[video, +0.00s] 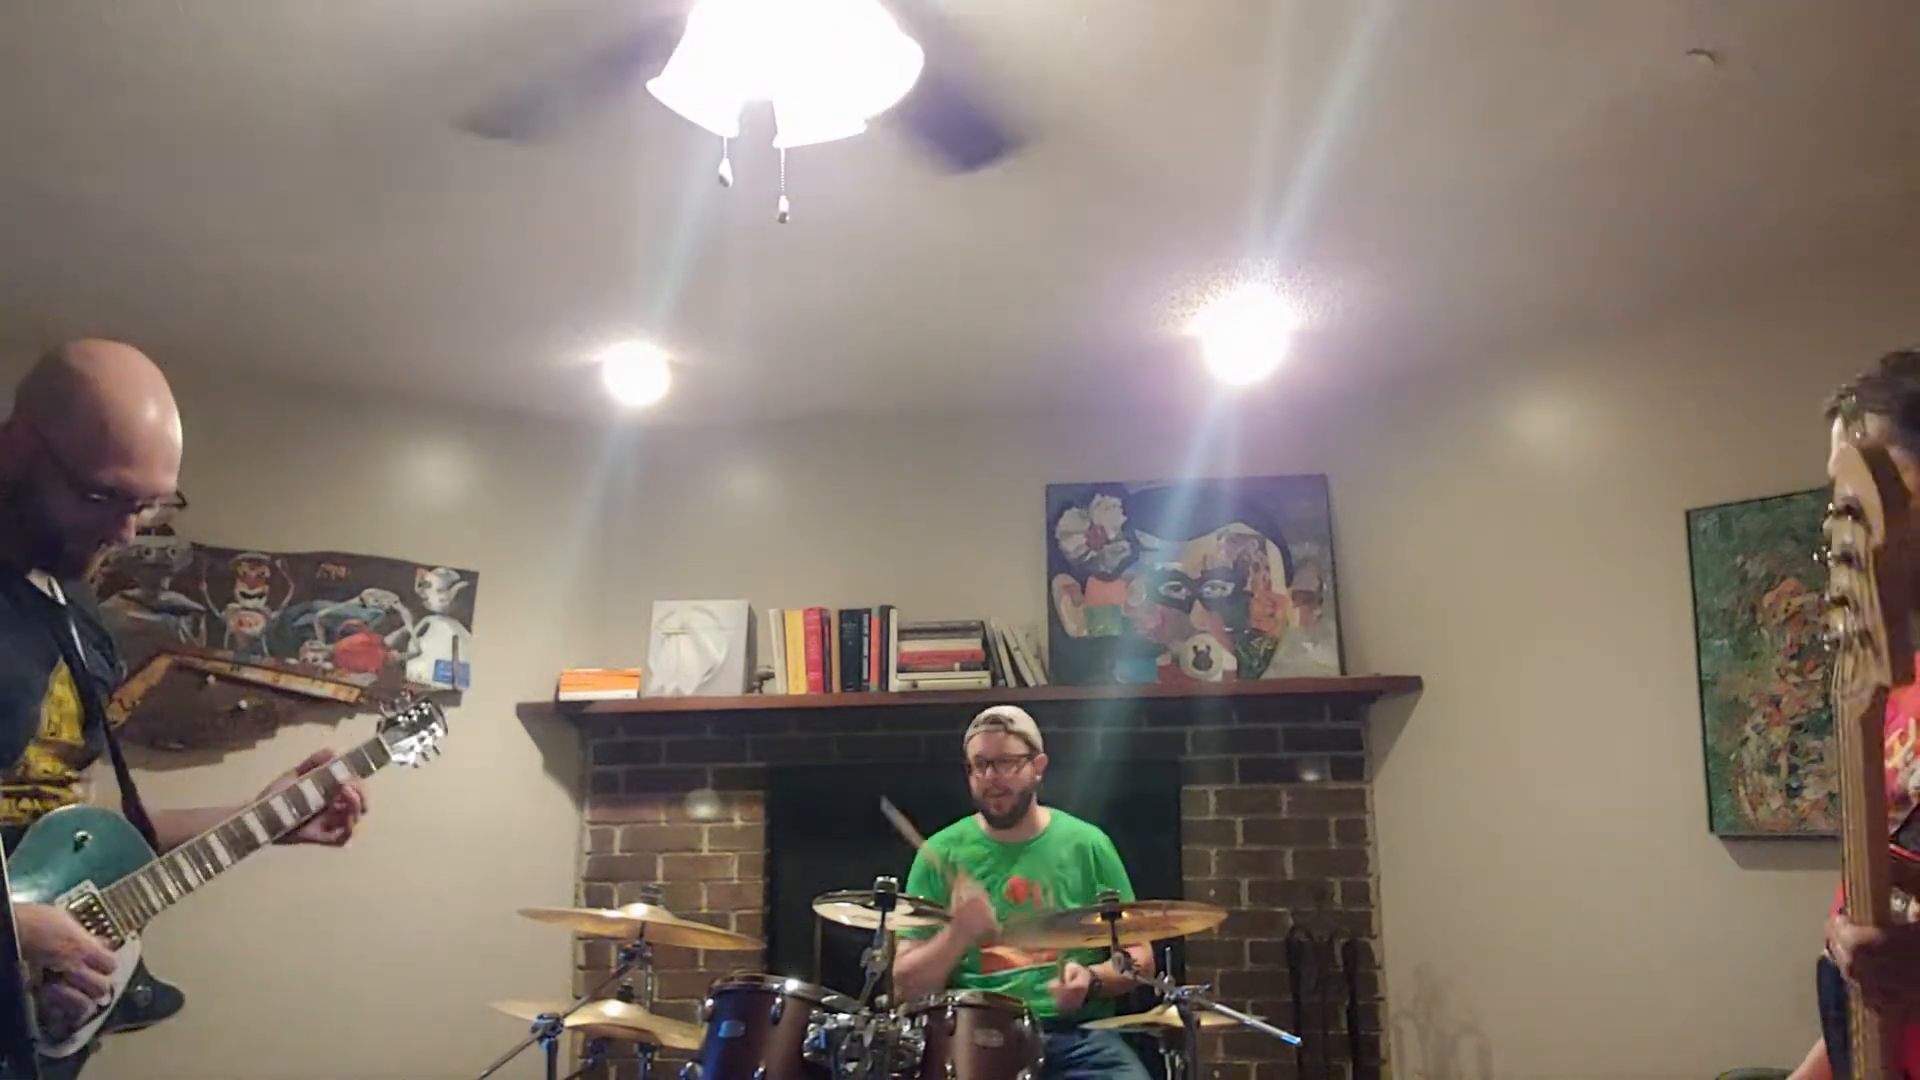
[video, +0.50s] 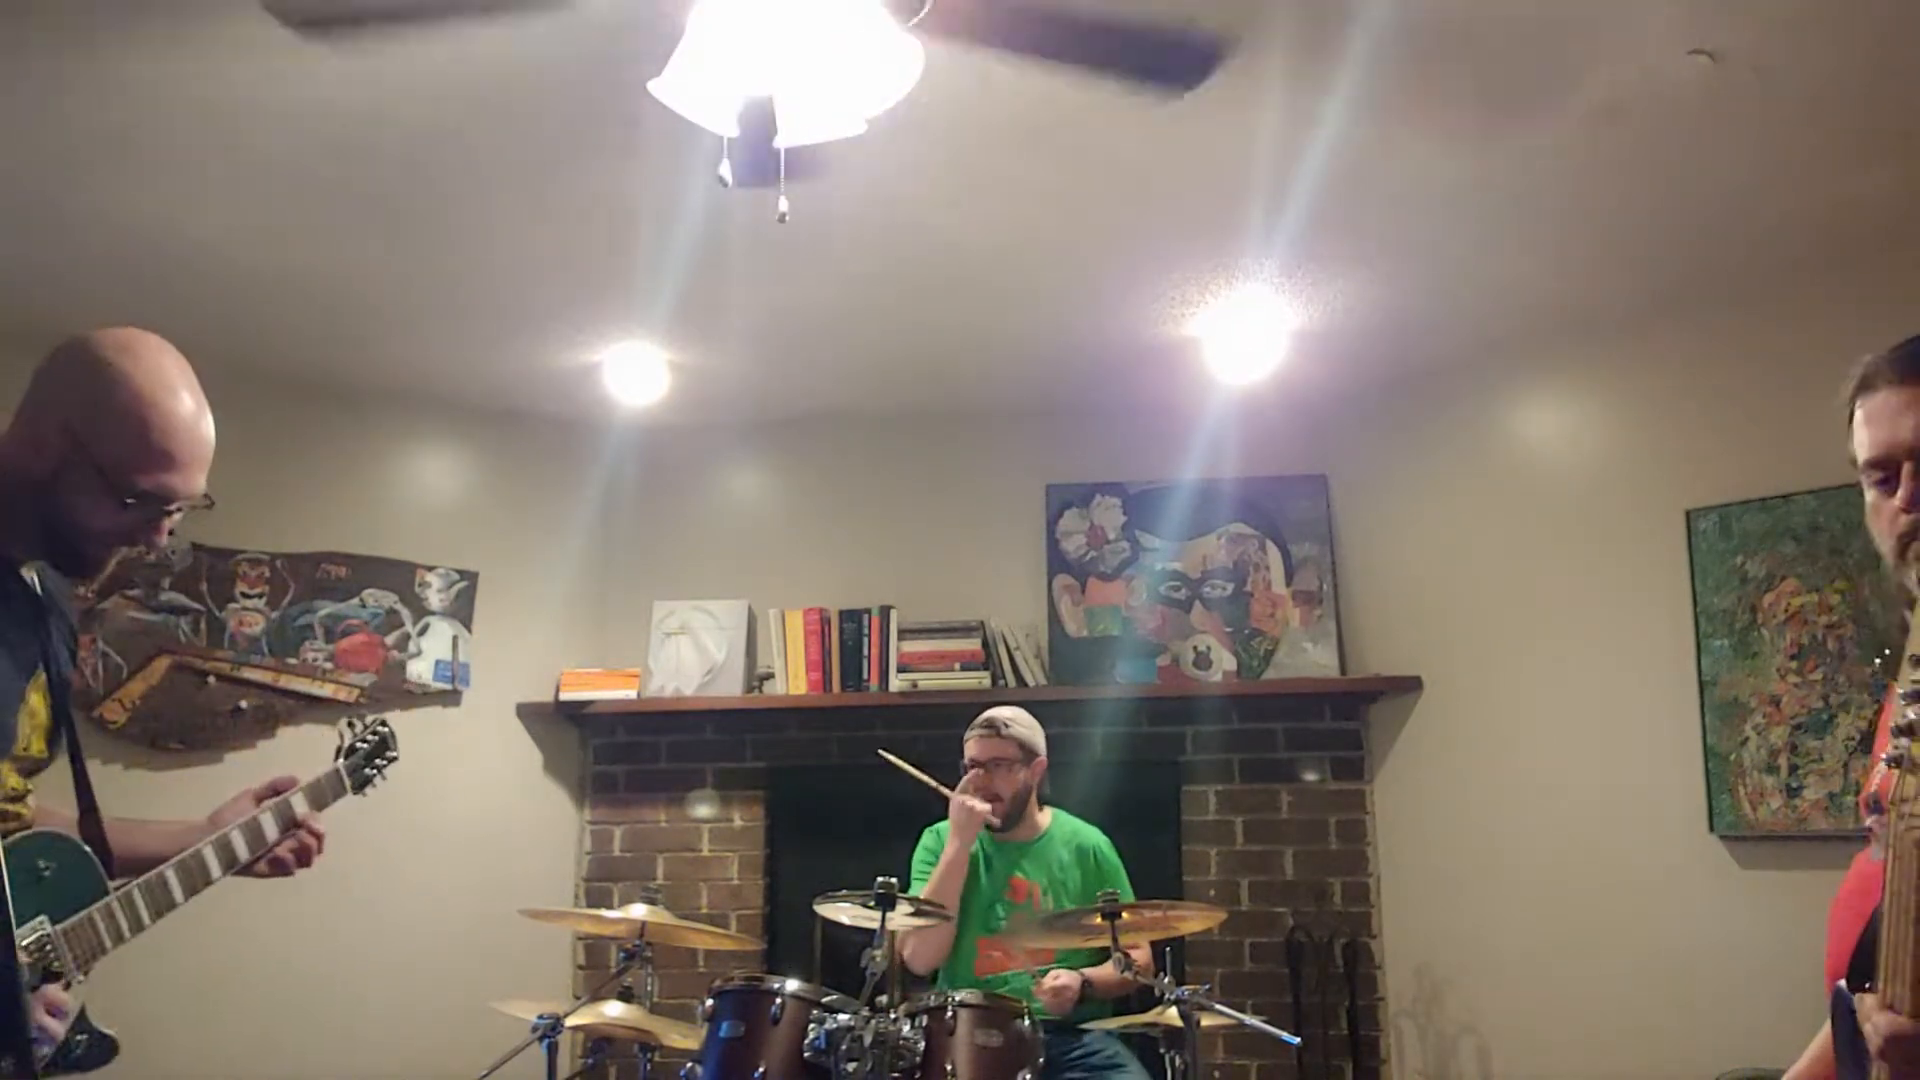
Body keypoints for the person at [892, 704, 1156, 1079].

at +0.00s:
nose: (993, 778)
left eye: (1008, 764)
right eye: (981, 765)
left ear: (1038, 767)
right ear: (967, 771)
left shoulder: (1088, 845)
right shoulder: (939, 854)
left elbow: (1140, 958)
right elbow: (904, 984)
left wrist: (1093, 976)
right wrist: (957, 933)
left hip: (1074, 1029)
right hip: (972, 1031)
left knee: (1130, 1074)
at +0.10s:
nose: (983, 782)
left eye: (999, 766)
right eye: (973, 768)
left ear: (1032, 767)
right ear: (962, 772)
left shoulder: (1086, 845)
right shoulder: (938, 849)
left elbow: (1140, 958)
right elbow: (912, 981)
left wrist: (1090, 980)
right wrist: (952, 883)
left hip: (1073, 1032)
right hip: (968, 1032)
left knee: (1132, 1075)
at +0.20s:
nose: (979, 781)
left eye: (996, 766)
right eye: (969, 767)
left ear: (1031, 768)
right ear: (958, 772)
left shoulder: (1084, 843)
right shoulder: (937, 845)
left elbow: (1140, 957)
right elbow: (916, 967)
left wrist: (1086, 979)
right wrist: (954, 855)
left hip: (1072, 1033)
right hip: (966, 1032)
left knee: (1132, 1075)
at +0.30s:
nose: (978, 779)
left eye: (994, 765)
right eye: (968, 766)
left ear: (1031, 768)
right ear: (958, 771)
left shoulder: (1084, 843)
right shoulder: (938, 842)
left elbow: (1139, 957)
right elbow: (919, 957)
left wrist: (1084, 980)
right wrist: (956, 842)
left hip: (1071, 1033)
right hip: (967, 1032)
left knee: (1132, 1075)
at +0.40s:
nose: (977, 779)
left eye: (995, 765)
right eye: (969, 765)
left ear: (1033, 769)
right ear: (959, 770)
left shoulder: (1086, 845)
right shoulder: (939, 842)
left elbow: (1139, 958)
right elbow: (920, 955)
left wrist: (1083, 980)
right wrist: (958, 839)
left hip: (1071, 1034)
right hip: (967, 1032)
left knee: (1132, 1075)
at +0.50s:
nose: (980, 780)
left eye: (998, 766)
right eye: (972, 767)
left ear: (1036, 770)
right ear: (962, 769)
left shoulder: (1088, 846)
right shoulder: (941, 842)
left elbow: (1140, 959)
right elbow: (920, 959)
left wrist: (1083, 980)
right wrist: (959, 843)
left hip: (1071, 1033)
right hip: (967, 1031)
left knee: (1132, 1076)